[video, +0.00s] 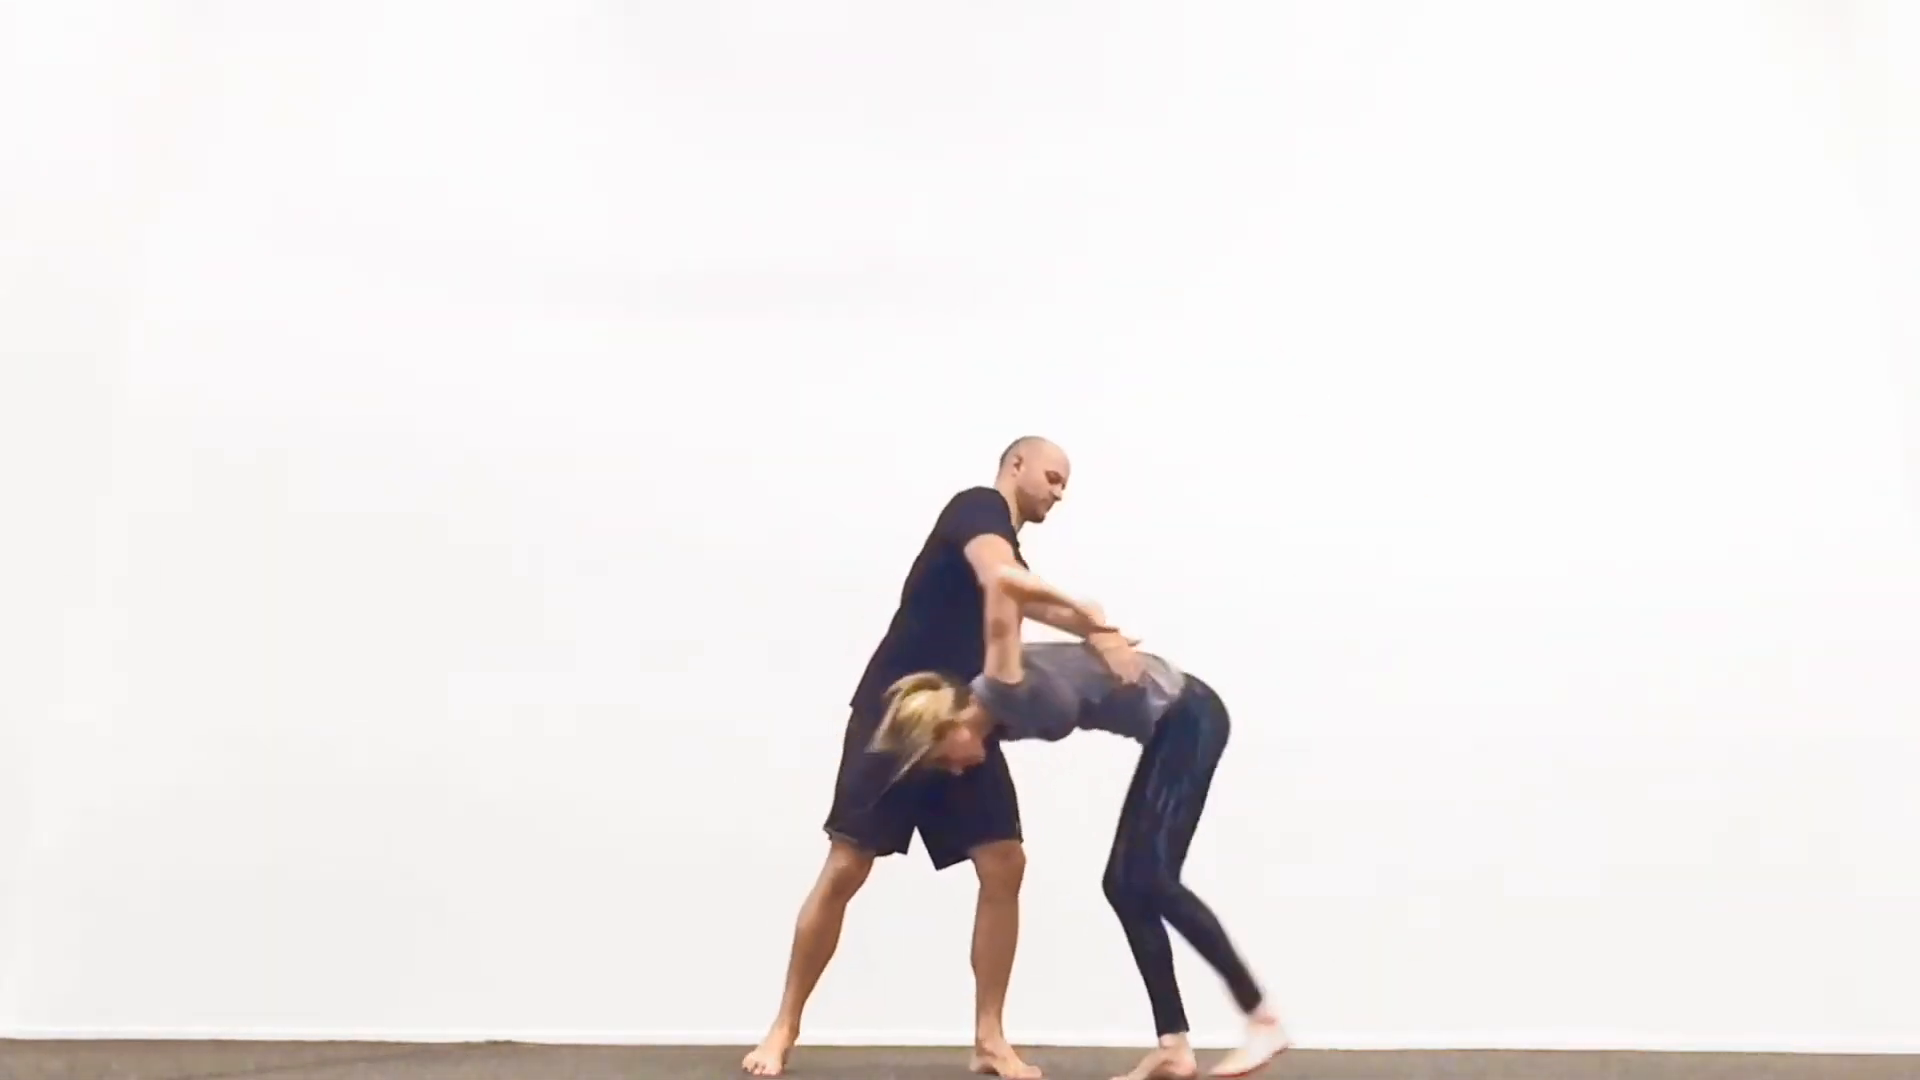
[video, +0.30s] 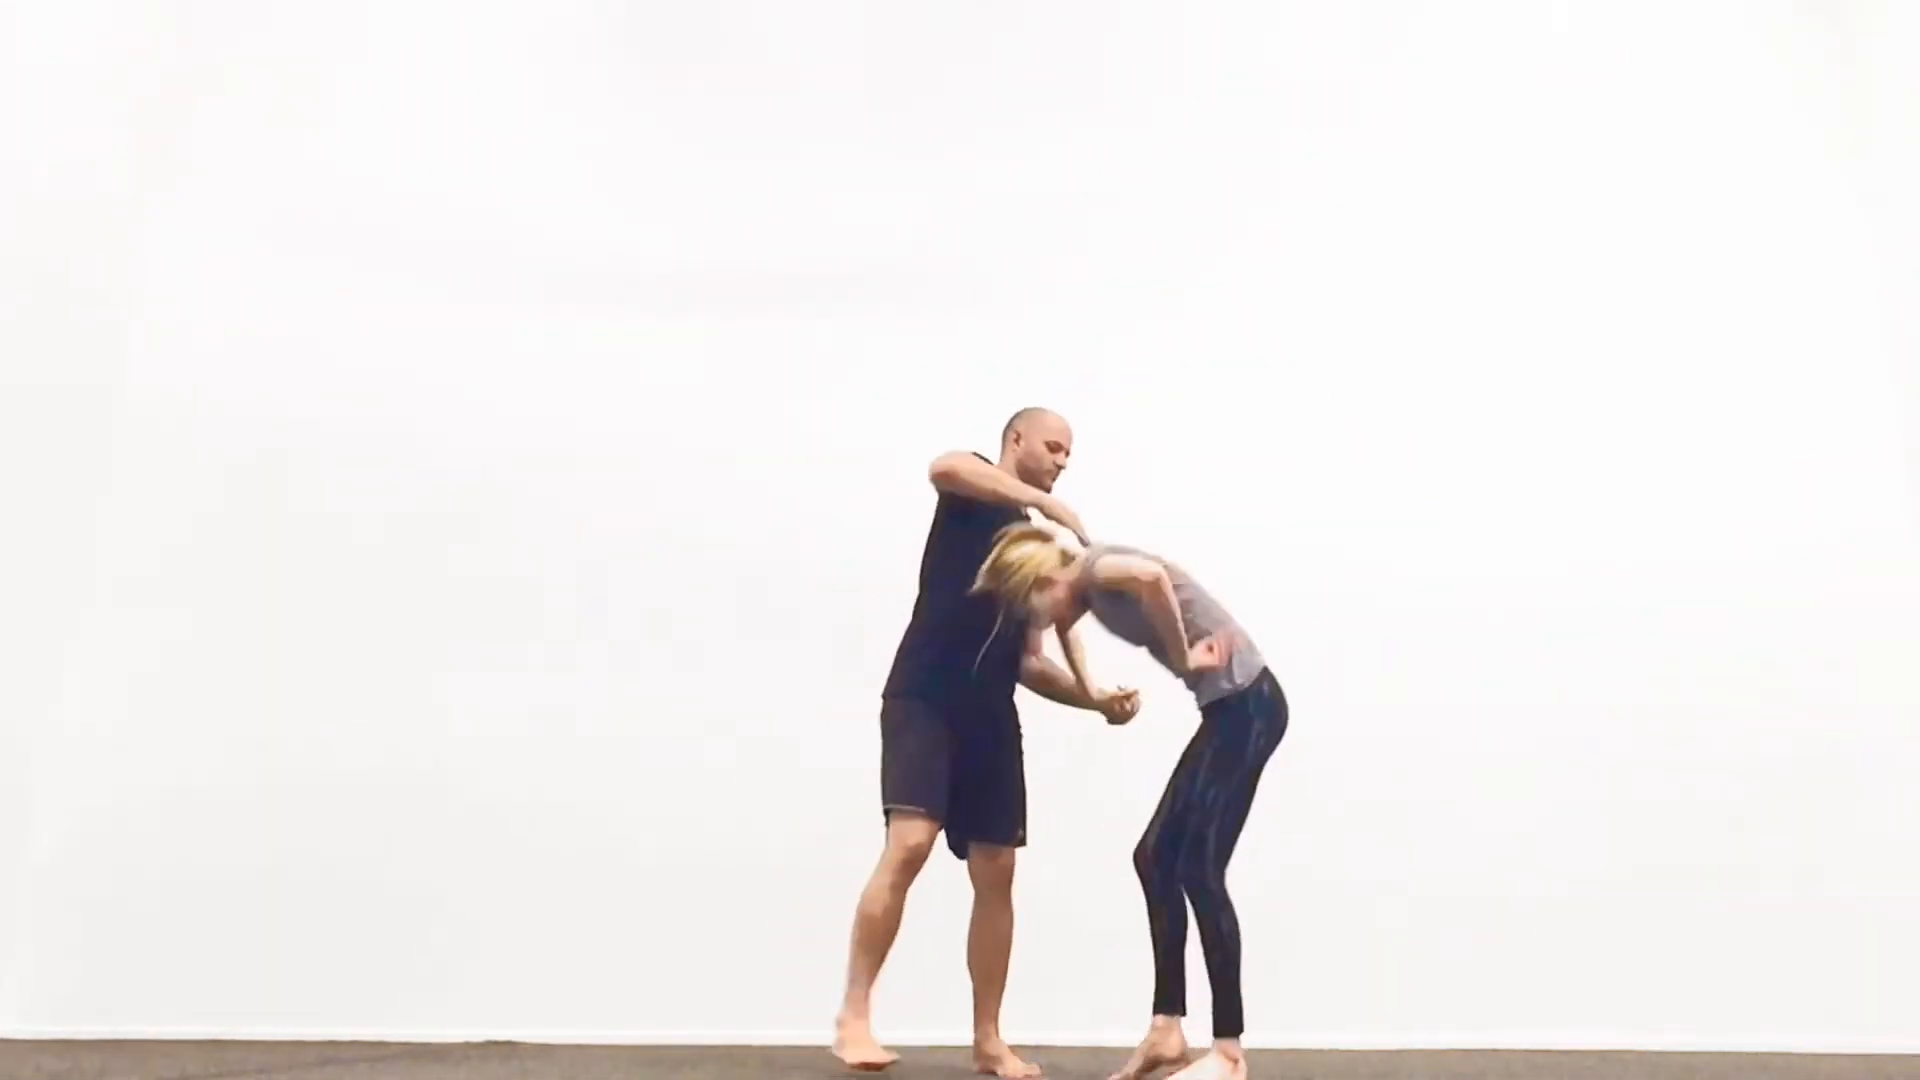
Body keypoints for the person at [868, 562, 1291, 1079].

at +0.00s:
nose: (956, 767)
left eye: (946, 754)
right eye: (941, 763)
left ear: (954, 723)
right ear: (958, 720)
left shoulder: (1007, 684)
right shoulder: (997, 706)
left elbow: (1004, 584)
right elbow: (1005, 590)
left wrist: (1090, 620)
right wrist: (1093, 630)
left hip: (1192, 716)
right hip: (1165, 727)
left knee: (1152, 880)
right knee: (1123, 885)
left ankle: (1264, 1022)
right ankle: (1174, 1047)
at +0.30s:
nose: (1046, 620)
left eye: (1037, 605)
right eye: (1032, 612)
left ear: (1048, 577)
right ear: (1049, 573)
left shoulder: (1097, 566)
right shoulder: (1092, 574)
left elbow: (1152, 575)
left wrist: (1181, 657)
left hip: (1249, 708)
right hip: (1223, 711)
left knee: (1198, 869)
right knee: (1154, 859)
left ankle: (1229, 1053)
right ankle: (1166, 1032)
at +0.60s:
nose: (1155, 492)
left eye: (1157, 476)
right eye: (1152, 478)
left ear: (1189, 463)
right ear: (1188, 464)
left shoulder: (1240, 511)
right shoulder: (1220, 521)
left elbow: (1267, 585)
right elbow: (1186, 581)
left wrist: (1210, 661)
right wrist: (1135, 620)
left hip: (1286, 704)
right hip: (1266, 704)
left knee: (1250, 874)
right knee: (1215, 867)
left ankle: (1233, 1052)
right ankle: (1358, 944)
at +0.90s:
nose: (1290, 474)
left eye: (1298, 461)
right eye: (1289, 464)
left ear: (1338, 464)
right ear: (1329, 469)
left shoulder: (1366, 533)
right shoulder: (1336, 549)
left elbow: (1406, 630)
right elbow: (1258, 614)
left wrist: (1415, 732)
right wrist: (1175, 596)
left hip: (1374, 721)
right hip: (1385, 720)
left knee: (1303, 868)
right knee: (1446, 886)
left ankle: (1239, 1046)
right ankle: (1529, 1040)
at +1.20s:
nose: (1376, 479)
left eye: (1382, 465)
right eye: (1374, 468)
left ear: (1420, 461)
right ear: (1414, 466)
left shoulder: (1447, 533)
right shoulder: (1414, 545)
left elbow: (1468, 632)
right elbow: (1314, 586)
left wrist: (1472, 733)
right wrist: (1220, 574)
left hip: (1430, 719)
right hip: (1439, 716)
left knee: (1356, 867)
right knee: (1502, 884)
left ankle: (1278, 1031)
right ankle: (1544, 1048)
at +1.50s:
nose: (1383, 474)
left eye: (1390, 460)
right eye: (1382, 463)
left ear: (1429, 460)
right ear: (1422, 464)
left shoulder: (1451, 528)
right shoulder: (1412, 541)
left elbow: (1464, 626)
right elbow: (1310, 571)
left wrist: (1449, 723)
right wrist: (1221, 551)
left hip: (1417, 717)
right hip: (1419, 717)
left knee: (1344, 864)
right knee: (1484, 884)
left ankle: (1277, 1038)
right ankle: (1542, 1045)